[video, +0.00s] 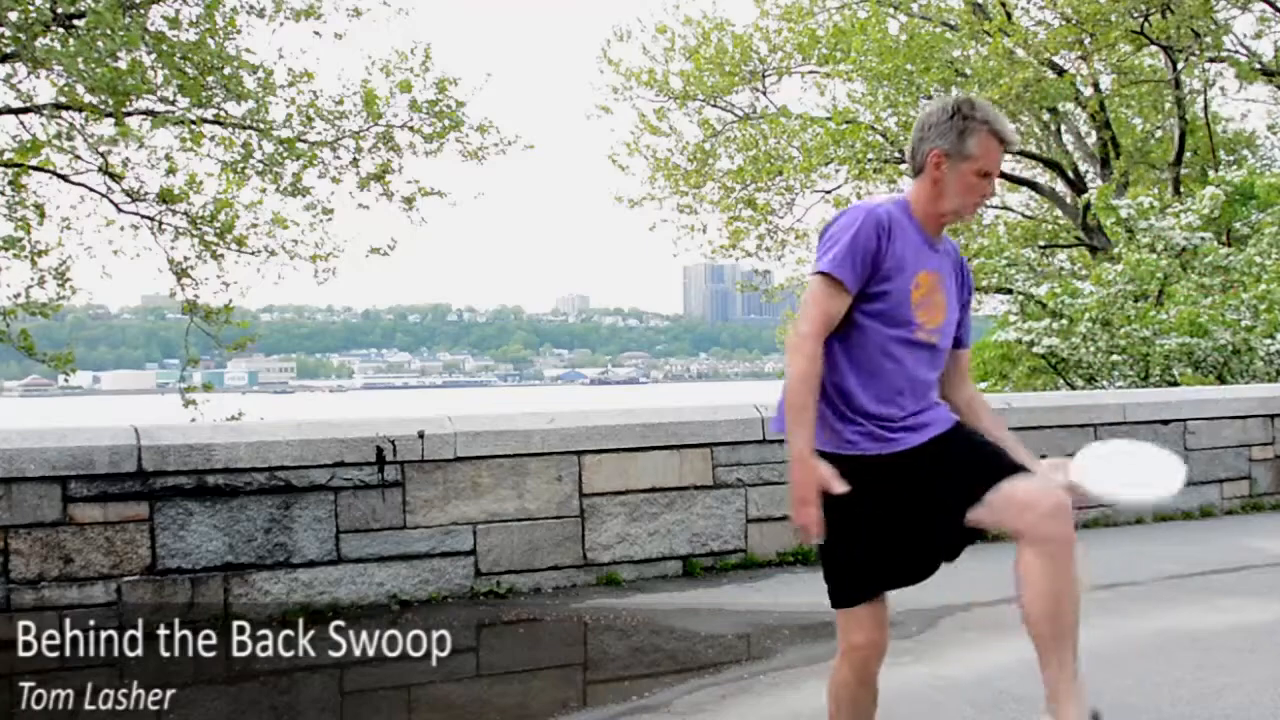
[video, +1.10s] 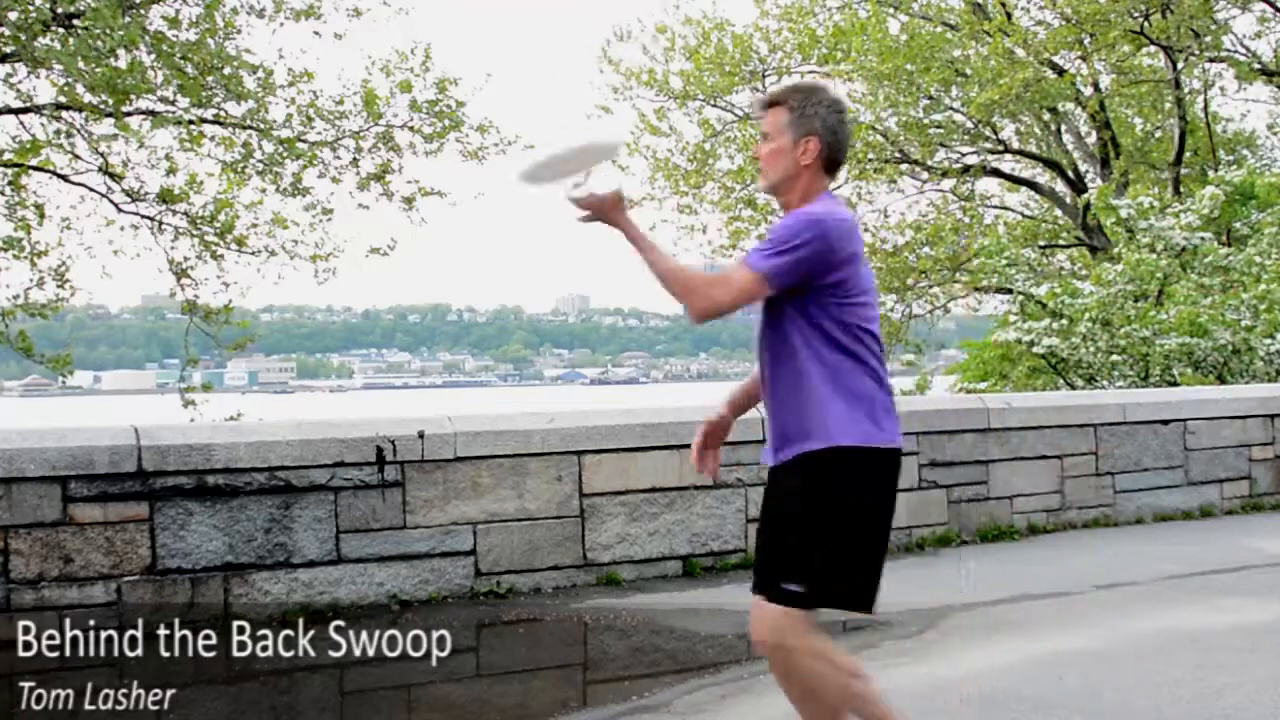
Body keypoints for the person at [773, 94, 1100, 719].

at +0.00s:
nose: (991, 191)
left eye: (995, 178)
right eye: (982, 174)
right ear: (935, 164)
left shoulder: (953, 266)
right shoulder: (867, 225)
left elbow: (958, 389)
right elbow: (805, 337)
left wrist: (1030, 467)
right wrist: (802, 457)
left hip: (930, 445)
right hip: (849, 458)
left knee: (1046, 510)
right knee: (863, 642)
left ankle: (1068, 708)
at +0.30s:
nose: (919, 187)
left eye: (931, 174)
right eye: (907, 169)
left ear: (941, 175)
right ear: (871, 160)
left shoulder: (931, 261)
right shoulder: (814, 230)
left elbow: (915, 368)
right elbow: (757, 338)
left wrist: (936, 448)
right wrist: (742, 449)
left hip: (909, 438)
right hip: (826, 454)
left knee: (1041, 477)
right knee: (846, 644)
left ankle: (1104, 684)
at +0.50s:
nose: (842, 135)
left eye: (859, 123)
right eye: (839, 122)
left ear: (903, 138)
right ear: (835, 130)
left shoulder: (938, 227)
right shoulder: (801, 210)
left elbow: (906, 327)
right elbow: (780, 332)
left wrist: (920, 408)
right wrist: (819, 435)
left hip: (928, 425)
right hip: (835, 435)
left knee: (1021, 555)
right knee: (847, 620)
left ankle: (1036, 715)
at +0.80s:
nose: (824, 118)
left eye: (841, 107)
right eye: (829, 106)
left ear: (885, 127)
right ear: (868, 127)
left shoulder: (943, 213)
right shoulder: (795, 215)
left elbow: (992, 318)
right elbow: (778, 327)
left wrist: (931, 356)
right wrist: (800, 414)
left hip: (927, 446)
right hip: (835, 449)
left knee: (956, 609)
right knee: (815, 616)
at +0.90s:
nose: (805, 126)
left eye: (819, 115)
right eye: (809, 114)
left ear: (862, 133)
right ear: (849, 133)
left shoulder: (911, 206)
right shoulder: (787, 219)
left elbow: (916, 326)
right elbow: (773, 321)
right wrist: (764, 405)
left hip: (907, 446)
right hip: (817, 447)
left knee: (941, 623)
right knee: (792, 618)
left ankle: (981, 718)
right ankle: (844, 719)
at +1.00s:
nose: (784, 139)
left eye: (797, 128)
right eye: (788, 127)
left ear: (838, 147)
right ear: (825, 148)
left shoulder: (867, 219)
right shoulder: (782, 230)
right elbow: (776, 341)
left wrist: (710, 246)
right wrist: (738, 410)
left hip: (875, 449)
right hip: (802, 454)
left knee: (878, 640)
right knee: (783, 623)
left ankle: (952, 714)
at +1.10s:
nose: (756, 151)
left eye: (768, 138)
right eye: (759, 138)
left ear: (808, 150)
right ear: (804, 153)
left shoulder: (820, 224)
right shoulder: (810, 229)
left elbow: (703, 299)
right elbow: (796, 356)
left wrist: (625, 222)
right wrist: (730, 411)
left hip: (837, 447)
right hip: (814, 448)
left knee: (779, 626)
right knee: (780, 627)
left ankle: (878, 712)